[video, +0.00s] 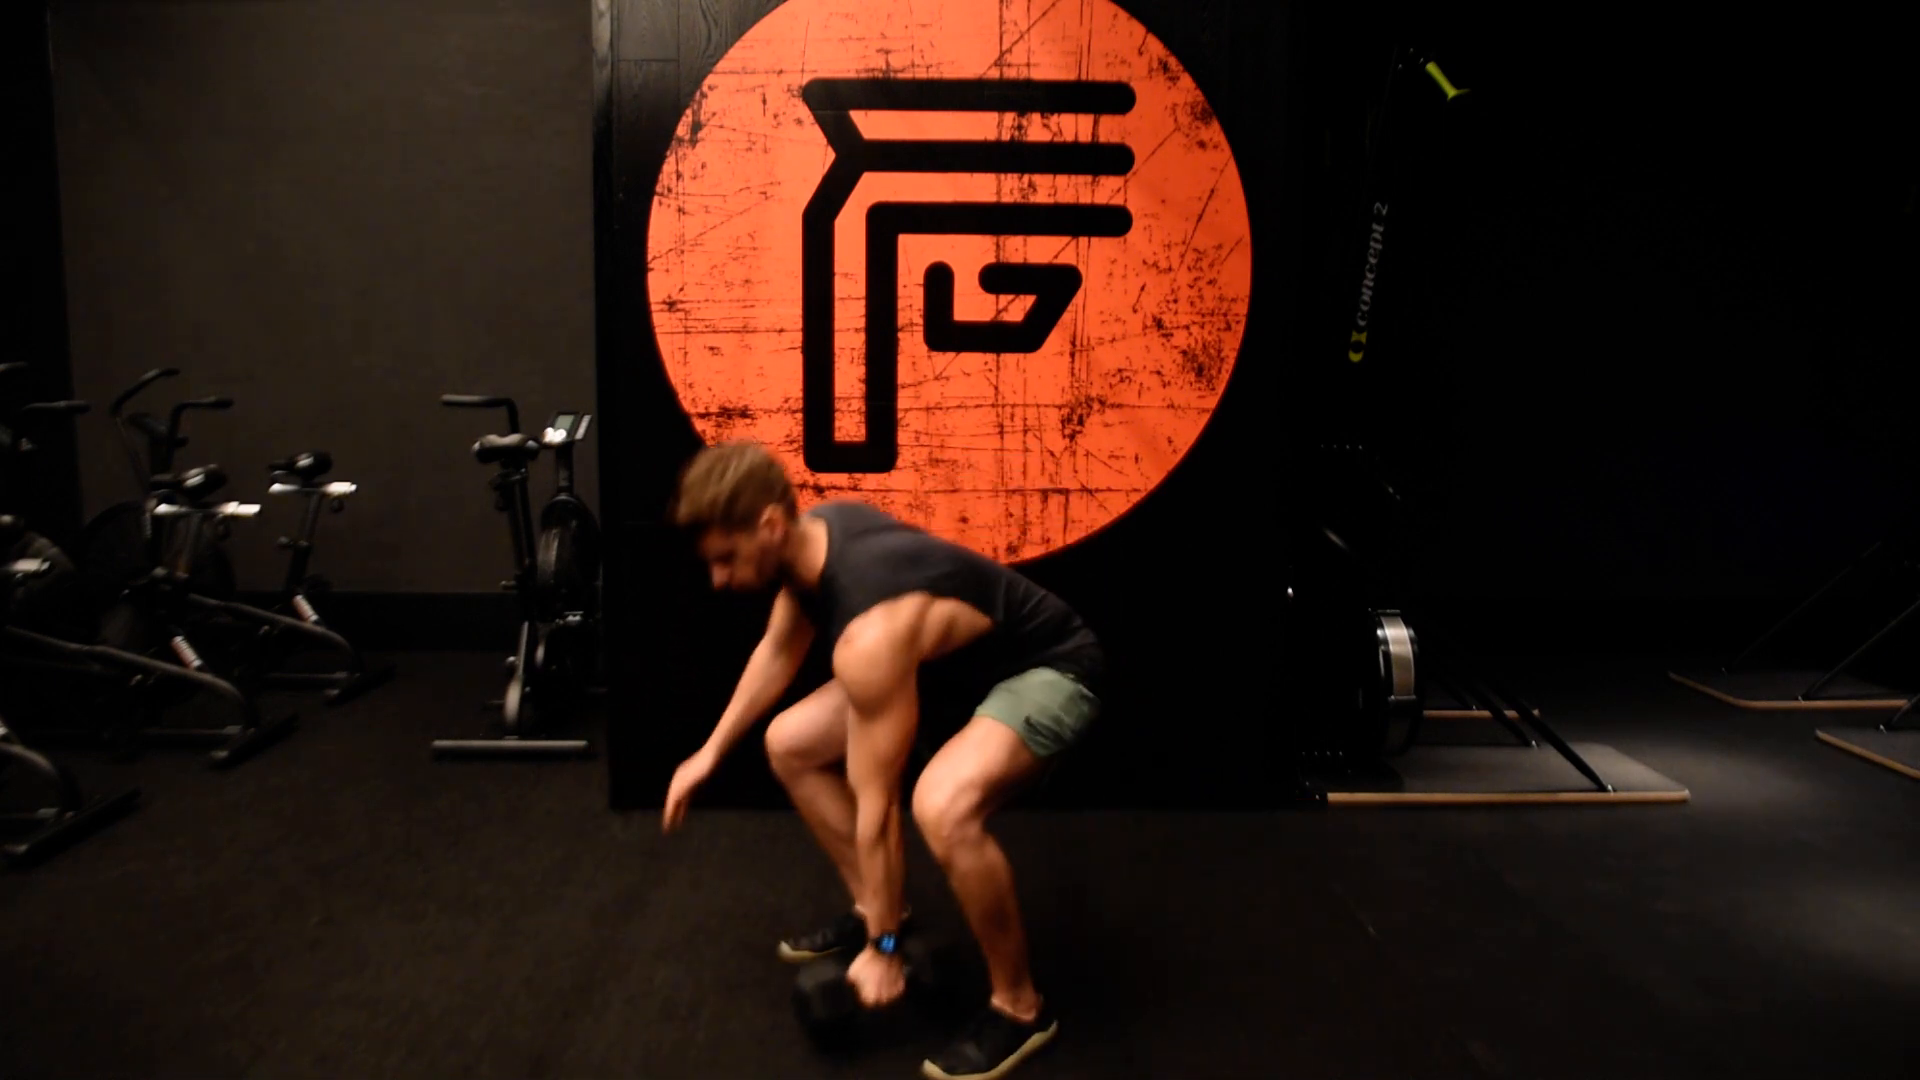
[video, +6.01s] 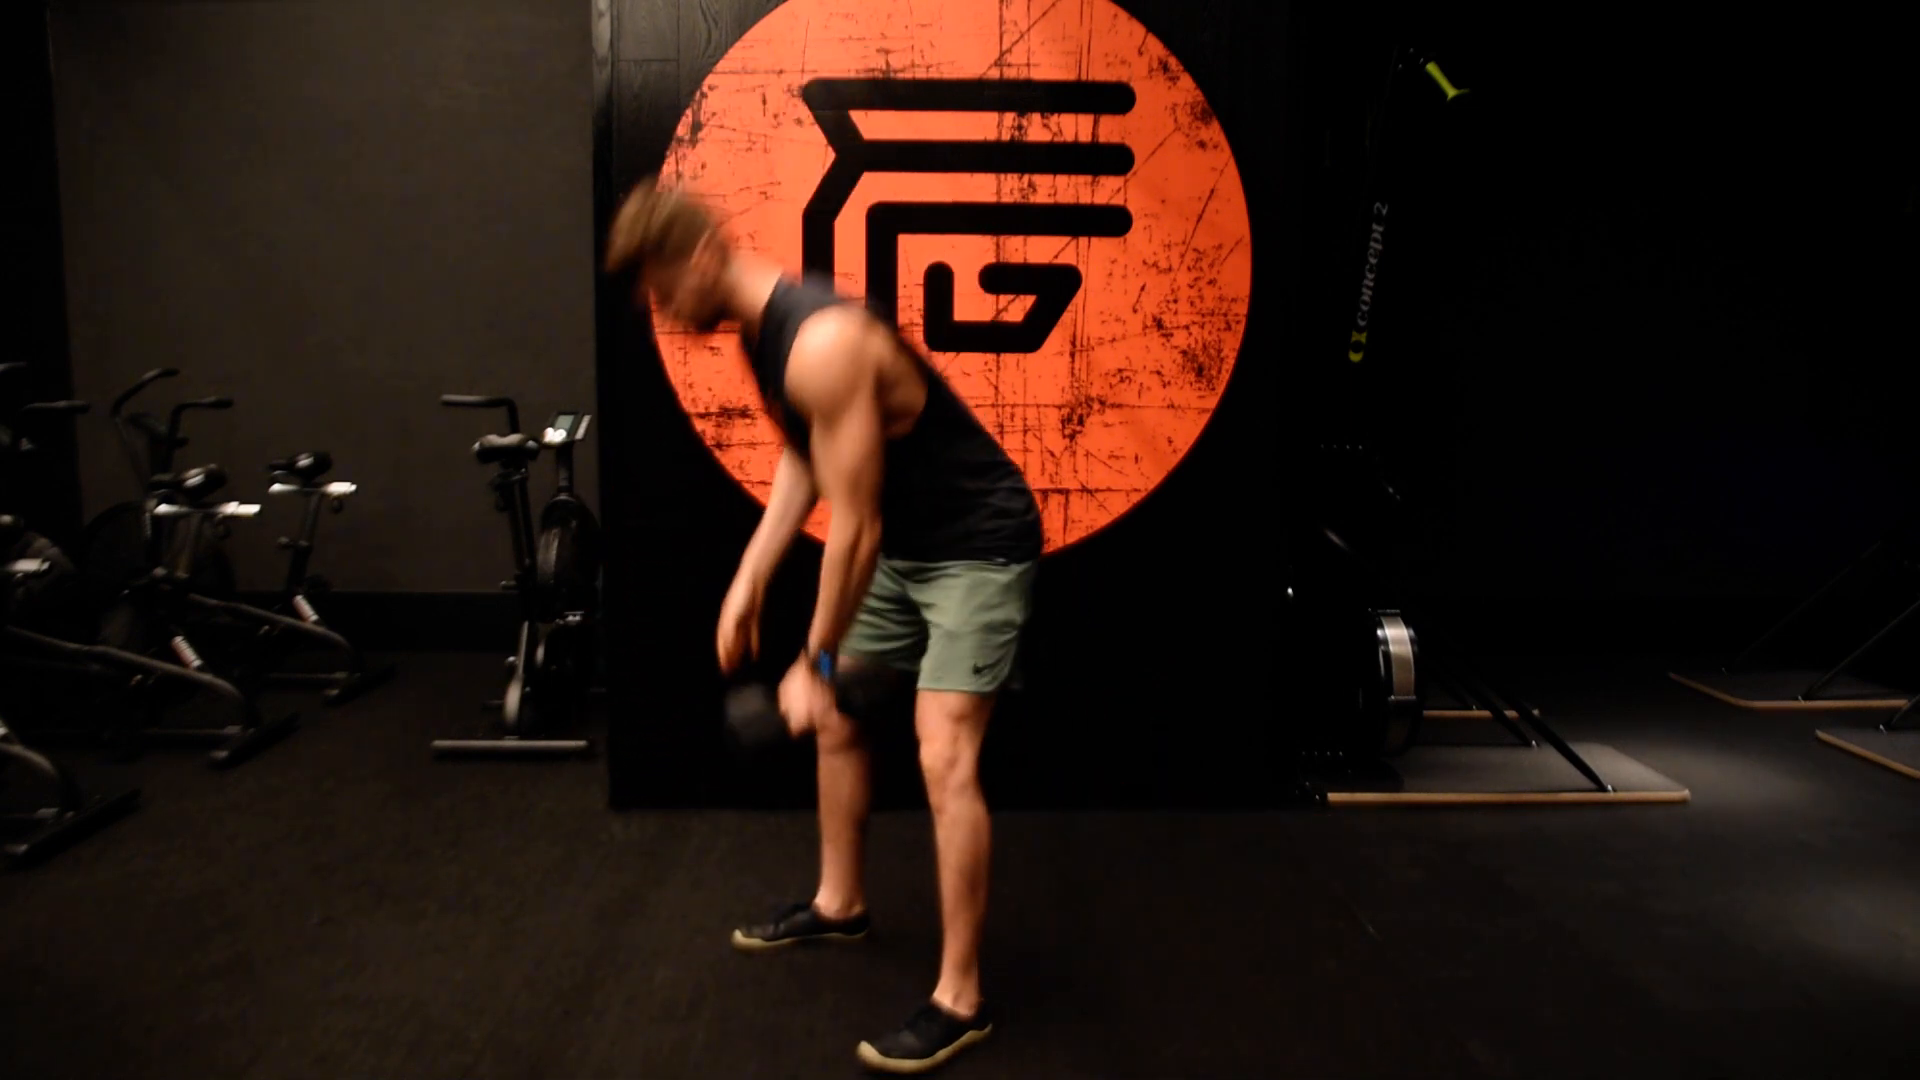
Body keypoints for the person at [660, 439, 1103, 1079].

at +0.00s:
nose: (718, 579)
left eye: (725, 559)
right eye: (709, 563)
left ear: (771, 524)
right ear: (770, 520)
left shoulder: (869, 633)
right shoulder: (811, 537)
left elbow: (877, 807)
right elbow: (778, 652)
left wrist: (884, 949)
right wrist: (710, 753)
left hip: (1052, 662)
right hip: (961, 657)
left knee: (943, 804)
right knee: (792, 744)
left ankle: (1019, 1006)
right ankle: (874, 913)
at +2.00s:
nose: (715, 763)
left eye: (703, 753)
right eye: (699, 762)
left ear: (710, 711)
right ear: (705, 703)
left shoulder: (810, 683)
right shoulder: (735, 642)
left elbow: (850, 879)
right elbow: (774, 794)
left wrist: (844, 1036)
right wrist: (788, 935)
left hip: (1014, 539)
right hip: (925, 540)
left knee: (965, 770)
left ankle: (1027, 1000)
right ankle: (889, 895)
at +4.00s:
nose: (662, 787)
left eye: (652, 775)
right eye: (646, 781)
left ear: (674, 736)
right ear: (665, 706)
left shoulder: (796, 731)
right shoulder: (725, 673)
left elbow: (867, 900)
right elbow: (771, 810)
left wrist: (877, 1049)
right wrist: (793, 936)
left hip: (1031, 623)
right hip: (957, 612)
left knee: (1155, 814)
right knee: (1084, 745)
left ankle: (1344, 840)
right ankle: (1153, 756)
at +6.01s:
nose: (661, 310)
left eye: (664, 288)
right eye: (650, 294)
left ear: (711, 251)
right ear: (702, 261)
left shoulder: (822, 345)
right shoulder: (765, 332)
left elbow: (858, 525)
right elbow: (800, 464)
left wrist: (819, 662)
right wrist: (747, 589)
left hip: (979, 545)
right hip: (892, 545)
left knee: (946, 751)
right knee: (834, 708)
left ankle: (960, 996)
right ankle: (838, 903)